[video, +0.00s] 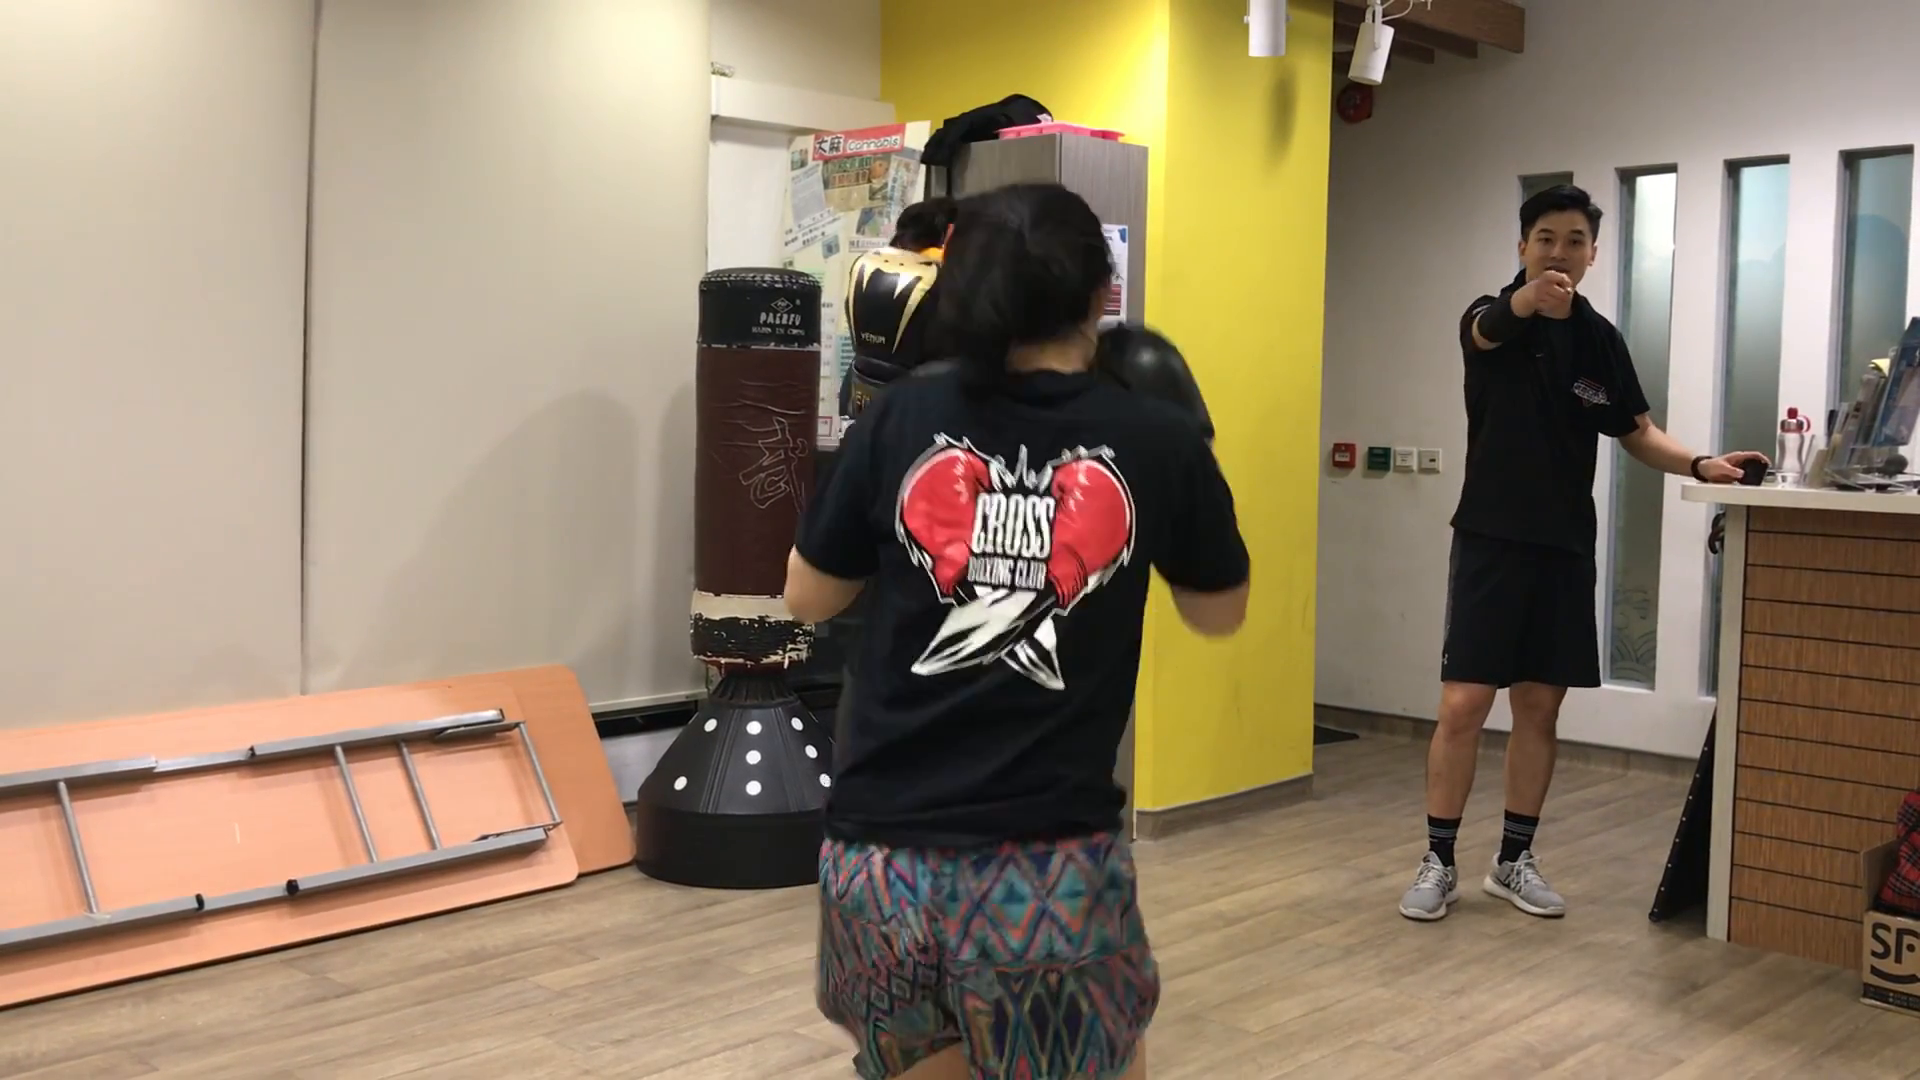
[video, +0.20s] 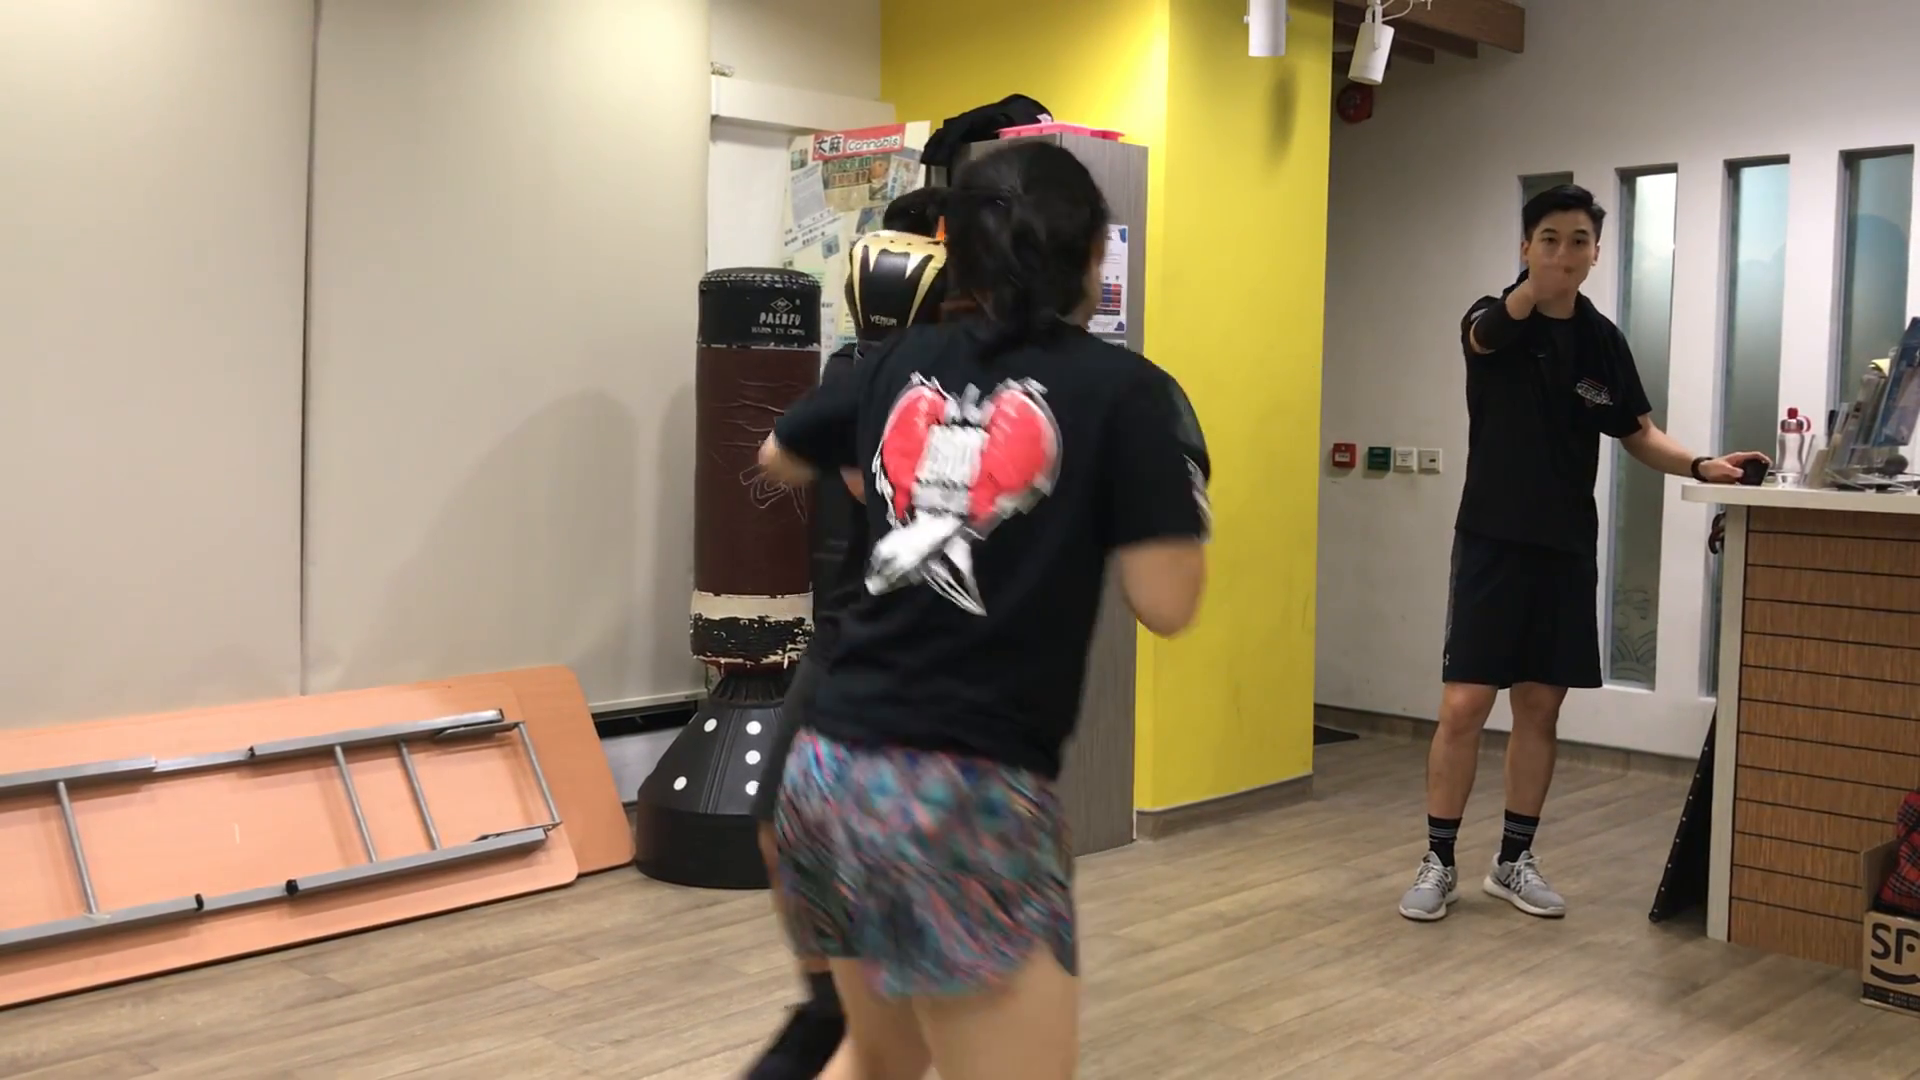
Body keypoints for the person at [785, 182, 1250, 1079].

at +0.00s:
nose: (1115, 292)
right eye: (1109, 275)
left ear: (964, 289)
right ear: (1100, 296)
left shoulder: (901, 416)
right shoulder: (1150, 436)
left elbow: (810, 592)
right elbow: (1217, 609)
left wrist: (924, 517)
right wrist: (1183, 432)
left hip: (875, 873)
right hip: (1053, 876)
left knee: (918, 1066)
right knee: (1066, 1063)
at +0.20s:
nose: (1106, 252)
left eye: (1102, 237)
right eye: (1101, 238)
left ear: (960, 252)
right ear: (1089, 253)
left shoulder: (896, 361)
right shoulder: (1123, 391)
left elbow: (781, 457)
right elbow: (1168, 601)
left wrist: (883, 465)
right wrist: (1162, 476)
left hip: (825, 766)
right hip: (971, 794)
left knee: (880, 1057)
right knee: (1016, 1062)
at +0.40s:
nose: (1036, 303)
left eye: (1033, 283)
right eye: (1033, 283)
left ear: (915, 281)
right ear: (1009, 289)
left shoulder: (872, 383)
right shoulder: (997, 398)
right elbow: (1071, 599)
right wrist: (1108, 474)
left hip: (789, 769)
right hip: (901, 795)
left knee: (826, 1062)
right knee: (1029, 1062)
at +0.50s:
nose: (1042, 279)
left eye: (1039, 259)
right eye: (1040, 260)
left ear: (907, 262)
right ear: (1021, 266)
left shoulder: (854, 373)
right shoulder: (1040, 385)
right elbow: (1096, 597)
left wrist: (1035, 526)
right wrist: (1111, 478)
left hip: (776, 745)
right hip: (911, 771)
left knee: (806, 1057)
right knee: (979, 1062)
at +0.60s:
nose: (1057, 272)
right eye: (1049, 256)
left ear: (912, 280)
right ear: (1041, 277)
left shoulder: (849, 382)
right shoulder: (1060, 405)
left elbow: (748, 533)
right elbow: (1155, 609)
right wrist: (1137, 456)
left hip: (767, 769)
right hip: (905, 803)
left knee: (826, 1053)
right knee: (943, 1063)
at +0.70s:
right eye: (1035, 268)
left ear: (899, 287)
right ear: (1029, 288)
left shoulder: (833, 392)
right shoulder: (1056, 420)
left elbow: (699, 531)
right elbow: (1157, 613)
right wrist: (1127, 460)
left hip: (756, 778)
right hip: (898, 821)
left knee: (818, 1031)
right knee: (938, 1062)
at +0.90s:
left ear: (834, 261)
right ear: (953, 250)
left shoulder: (793, 373)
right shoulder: (982, 386)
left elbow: (675, 412)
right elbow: (1027, 574)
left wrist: (726, 352)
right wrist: (1064, 487)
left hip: (739, 741)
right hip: (871, 774)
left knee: (754, 1018)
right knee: (905, 1062)